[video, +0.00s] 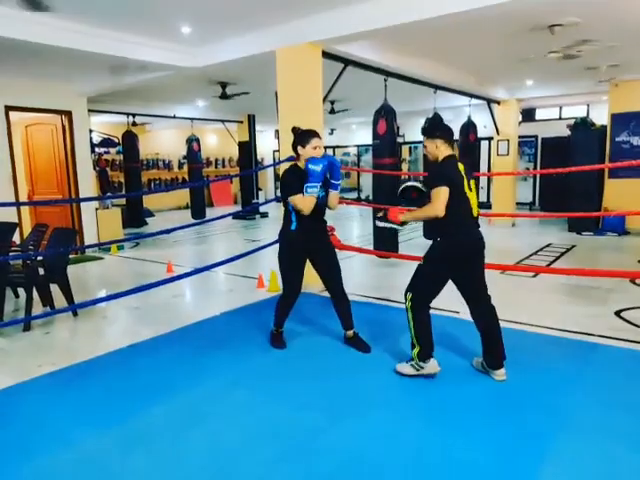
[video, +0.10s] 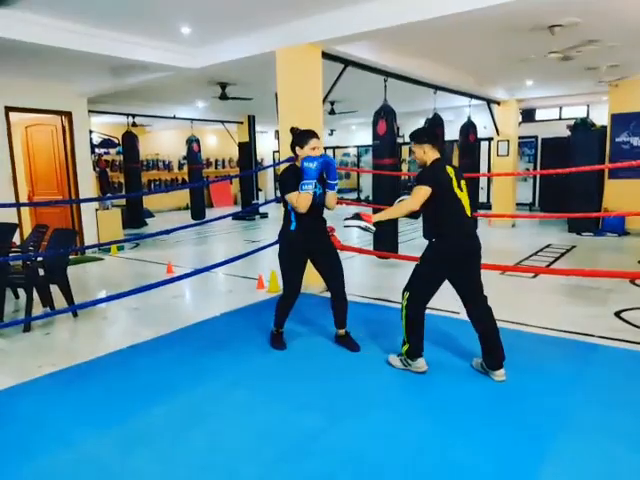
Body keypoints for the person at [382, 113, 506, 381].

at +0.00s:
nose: (425, 149)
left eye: (426, 144)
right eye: (424, 144)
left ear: (437, 143)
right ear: (447, 142)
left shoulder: (441, 170)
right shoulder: (460, 167)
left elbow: (437, 209)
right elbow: (455, 207)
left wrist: (404, 216)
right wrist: (418, 210)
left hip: (449, 246)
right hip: (471, 243)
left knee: (415, 296)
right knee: (480, 303)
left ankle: (423, 360)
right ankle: (495, 364)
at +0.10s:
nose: (413, 154)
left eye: (415, 149)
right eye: (412, 149)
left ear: (427, 148)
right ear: (435, 148)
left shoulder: (431, 172)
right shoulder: (451, 170)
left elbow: (412, 205)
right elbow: (441, 202)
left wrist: (374, 218)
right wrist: (412, 204)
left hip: (443, 247)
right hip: (467, 245)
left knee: (412, 297)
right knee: (477, 303)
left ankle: (413, 357)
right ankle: (495, 365)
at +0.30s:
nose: (382, 170)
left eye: (383, 165)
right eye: (381, 166)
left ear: (395, 163)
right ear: (404, 162)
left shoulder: (404, 182)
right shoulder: (426, 179)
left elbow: (381, 205)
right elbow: (436, 213)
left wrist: (355, 230)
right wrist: (410, 227)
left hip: (425, 248)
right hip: (447, 246)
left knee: (401, 300)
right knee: (442, 295)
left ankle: (410, 356)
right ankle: (476, 340)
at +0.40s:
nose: (374, 167)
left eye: (374, 162)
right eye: (372, 163)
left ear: (384, 157)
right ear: (393, 156)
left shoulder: (395, 177)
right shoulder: (417, 174)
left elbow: (378, 206)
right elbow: (438, 207)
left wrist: (356, 237)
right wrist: (406, 222)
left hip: (417, 243)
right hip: (437, 239)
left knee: (397, 300)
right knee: (425, 283)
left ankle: (409, 356)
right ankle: (453, 333)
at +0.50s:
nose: (368, 161)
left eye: (369, 156)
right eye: (367, 157)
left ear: (381, 152)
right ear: (386, 153)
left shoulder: (386, 175)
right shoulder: (408, 170)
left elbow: (381, 207)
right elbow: (429, 203)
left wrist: (367, 240)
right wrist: (411, 222)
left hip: (408, 239)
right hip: (426, 235)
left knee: (399, 296)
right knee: (417, 282)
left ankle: (409, 355)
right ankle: (425, 331)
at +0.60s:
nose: (365, 161)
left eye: (365, 156)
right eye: (363, 157)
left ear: (377, 152)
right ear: (383, 153)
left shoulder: (384, 173)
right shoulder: (402, 171)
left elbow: (388, 207)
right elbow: (411, 204)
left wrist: (382, 244)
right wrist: (380, 214)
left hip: (402, 237)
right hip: (417, 235)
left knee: (398, 295)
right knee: (408, 289)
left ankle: (410, 354)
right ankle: (409, 342)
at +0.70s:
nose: (363, 165)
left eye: (363, 159)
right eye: (361, 160)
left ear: (374, 155)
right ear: (379, 156)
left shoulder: (383, 175)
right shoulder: (395, 172)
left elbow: (396, 209)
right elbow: (400, 208)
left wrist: (393, 246)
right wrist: (373, 211)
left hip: (398, 240)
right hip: (409, 236)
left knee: (391, 295)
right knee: (400, 286)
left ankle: (409, 351)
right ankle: (399, 321)